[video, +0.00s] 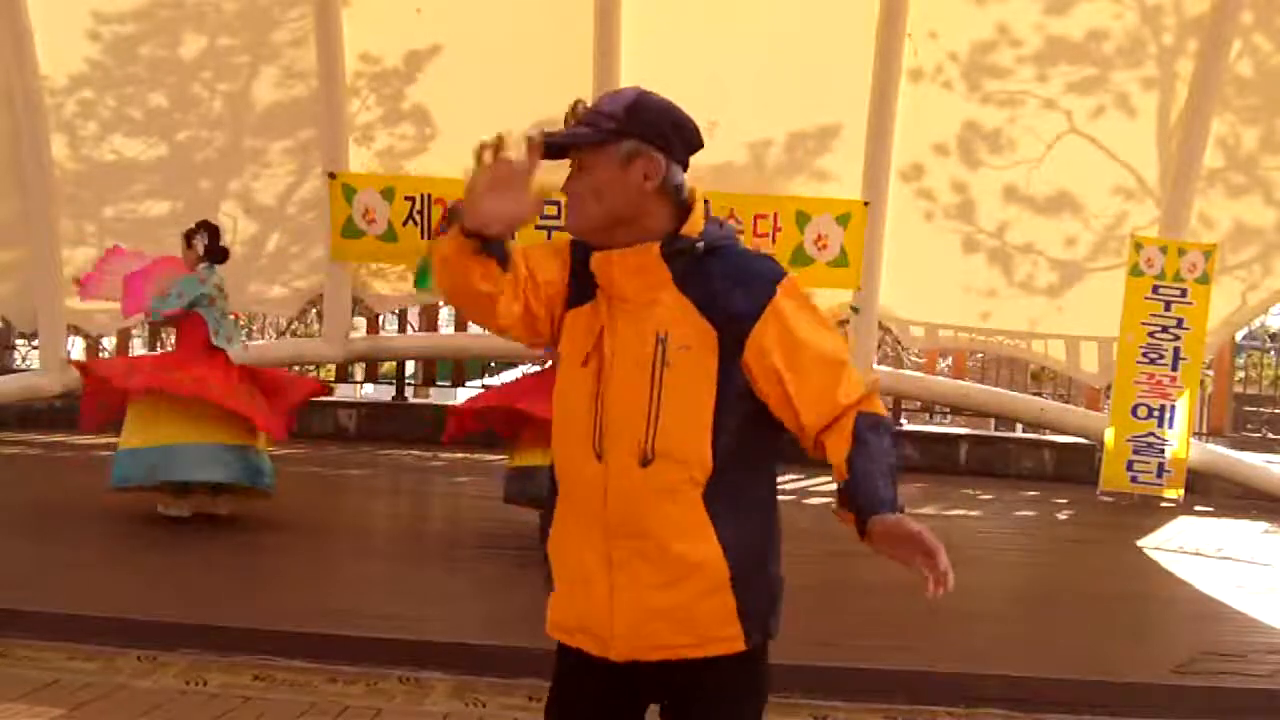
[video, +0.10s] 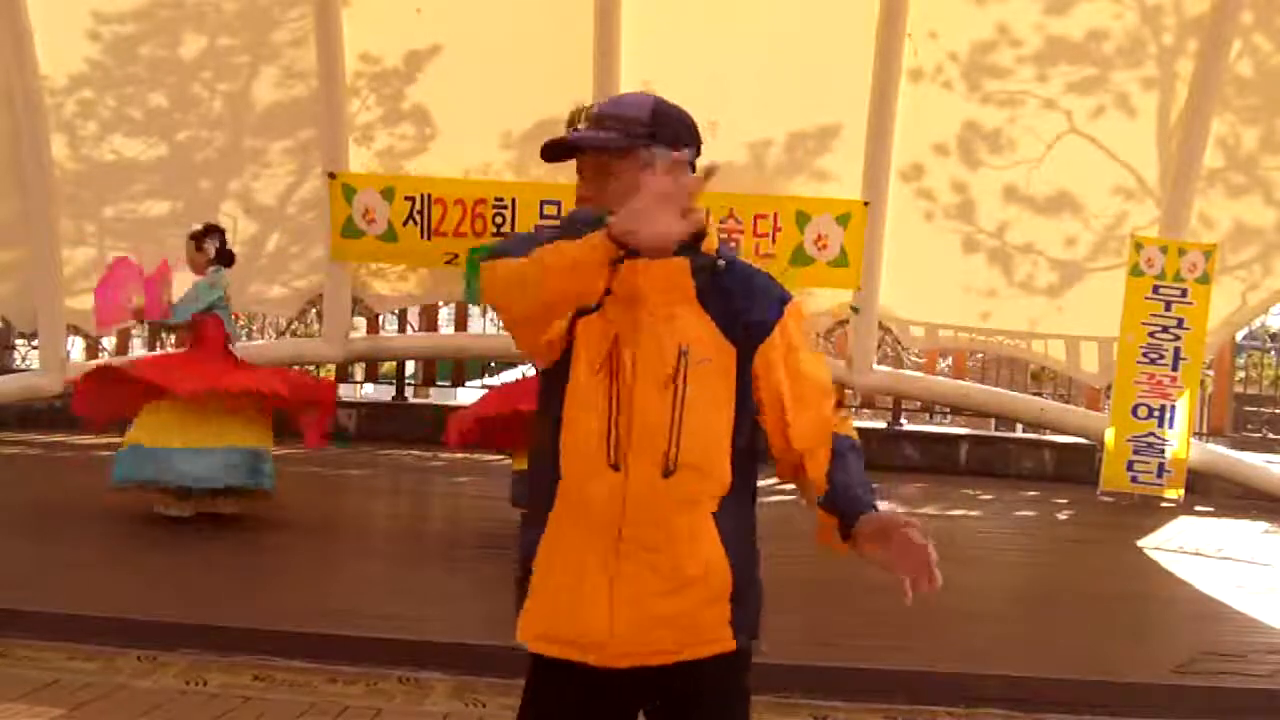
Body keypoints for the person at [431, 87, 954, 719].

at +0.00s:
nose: (565, 179)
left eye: (582, 163)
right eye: (569, 164)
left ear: (644, 170)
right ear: (637, 171)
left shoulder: (741, 284)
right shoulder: (572, 274)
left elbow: (843, 403)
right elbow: (486, 294)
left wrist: (876, 509)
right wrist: (473, 234)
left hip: (710, 633)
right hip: (589, 630)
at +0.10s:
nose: (583, 183)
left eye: (604, 163)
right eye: (583, 164)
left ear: (667, 173)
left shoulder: (745, 298)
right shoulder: (565, 275)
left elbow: (809, 424)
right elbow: (499, 281)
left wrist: (862, 514)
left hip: (696, 633)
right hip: (570, 631)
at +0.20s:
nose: (610, 167)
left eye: (634, 147)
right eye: (605, 148)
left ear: (697, 166)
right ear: (595, 154)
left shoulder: (747, 279)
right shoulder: (568, 257)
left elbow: (794, 421)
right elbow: (583, 279)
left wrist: (860, 505)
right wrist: (740, 239)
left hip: (701, 614)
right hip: (580, 613)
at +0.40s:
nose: (686, 190)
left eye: (708, 170)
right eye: (665, 170)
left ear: (747, 182)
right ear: (639, 182)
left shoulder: (769, 297)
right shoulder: (614, 268)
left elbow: (786, 454)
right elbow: (707, 291)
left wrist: (873, 510)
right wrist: (838, 270)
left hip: (707, 643)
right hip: (599, 643)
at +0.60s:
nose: (801, 183)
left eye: (809, 165)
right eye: (776, 163)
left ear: (820, 170)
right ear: (711, 170)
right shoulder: (703, 259)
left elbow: (700, 430)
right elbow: (868, 309)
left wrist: (784, 513)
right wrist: (831, 249)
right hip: (656, 631)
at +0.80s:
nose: (880, 203)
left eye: (878, 186)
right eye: (865, 184)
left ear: (798, 186)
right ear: (803, 186)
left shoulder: (705, 262)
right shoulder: (803, 277)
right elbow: (958, 327)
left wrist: (830, 485)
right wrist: (924, 285)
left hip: (642, 632)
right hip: (719, 649)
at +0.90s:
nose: (895, 214)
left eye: (895, 195)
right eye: (888, 194)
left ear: (831, 192)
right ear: (842, 195)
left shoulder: (708, 280)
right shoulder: (839, 279)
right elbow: (984, 321)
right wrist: (937, 283)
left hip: (660, 638)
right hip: (754, 652)